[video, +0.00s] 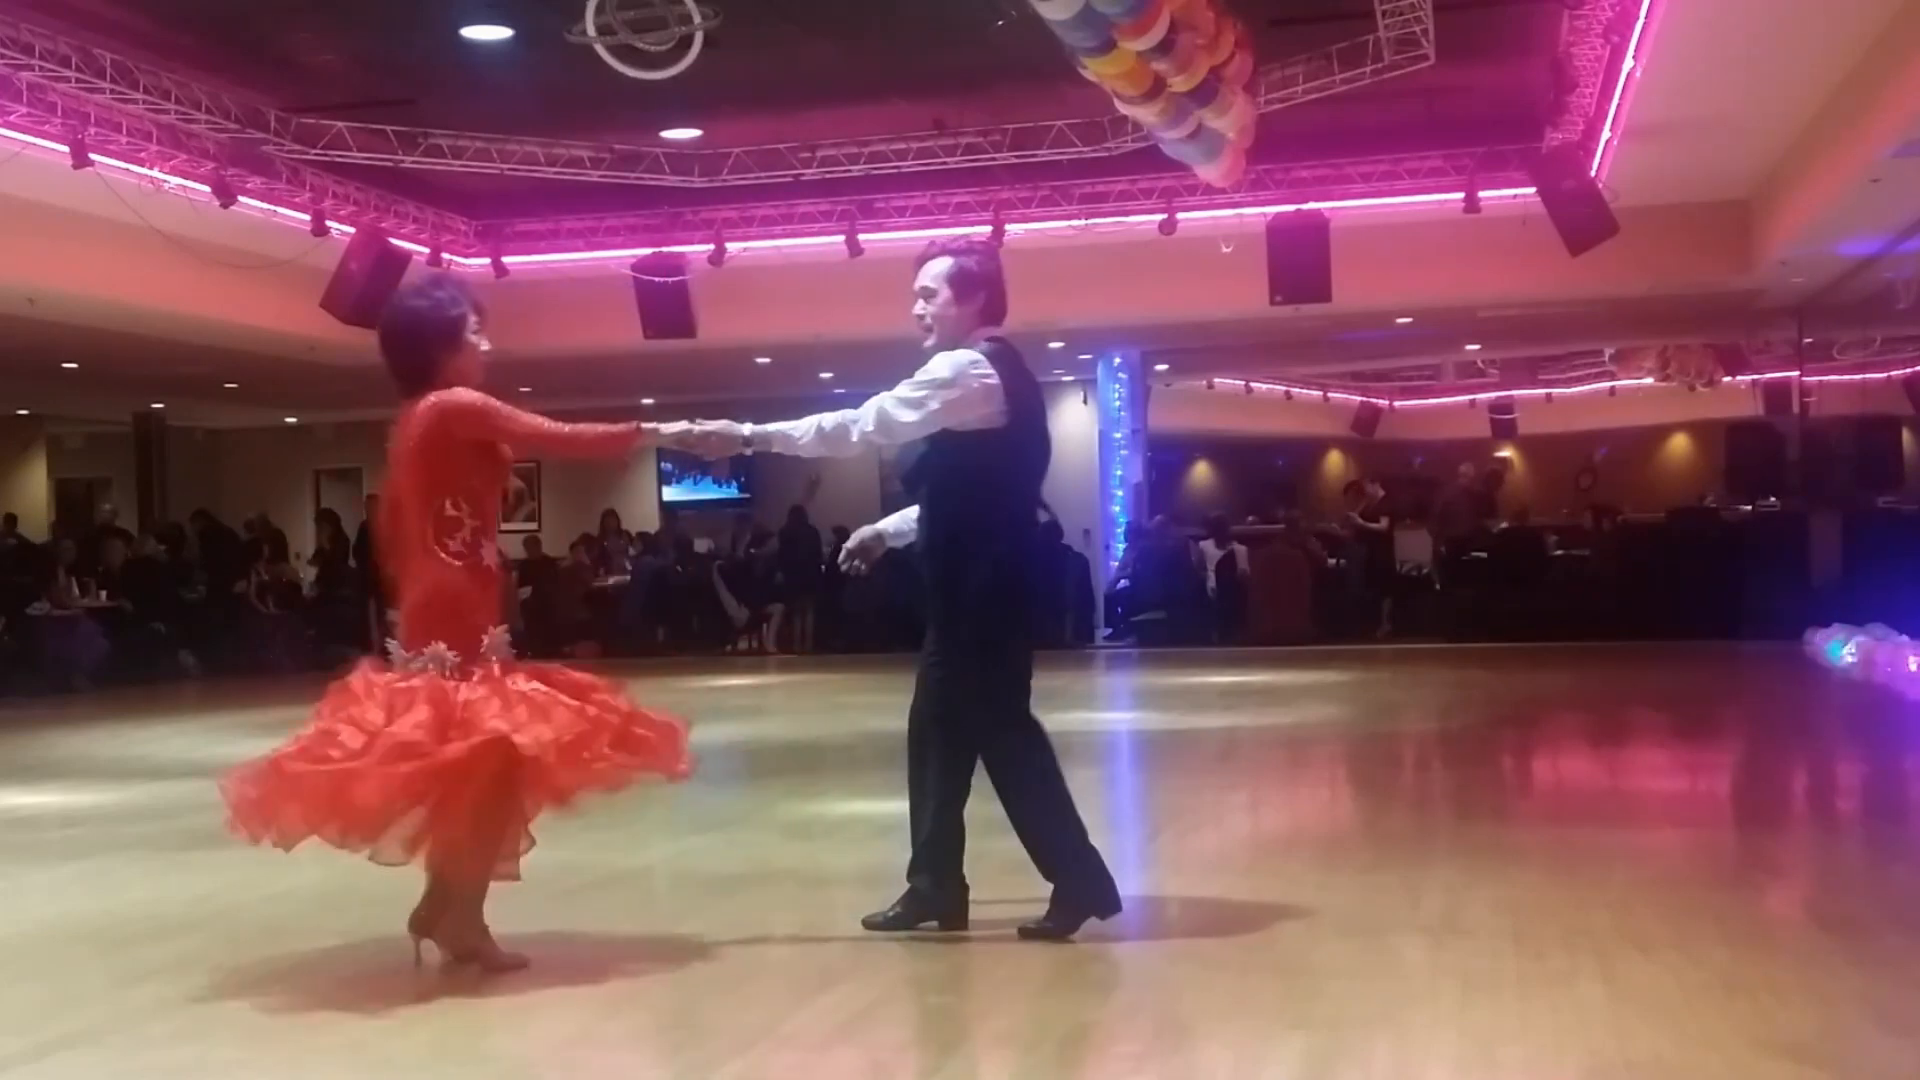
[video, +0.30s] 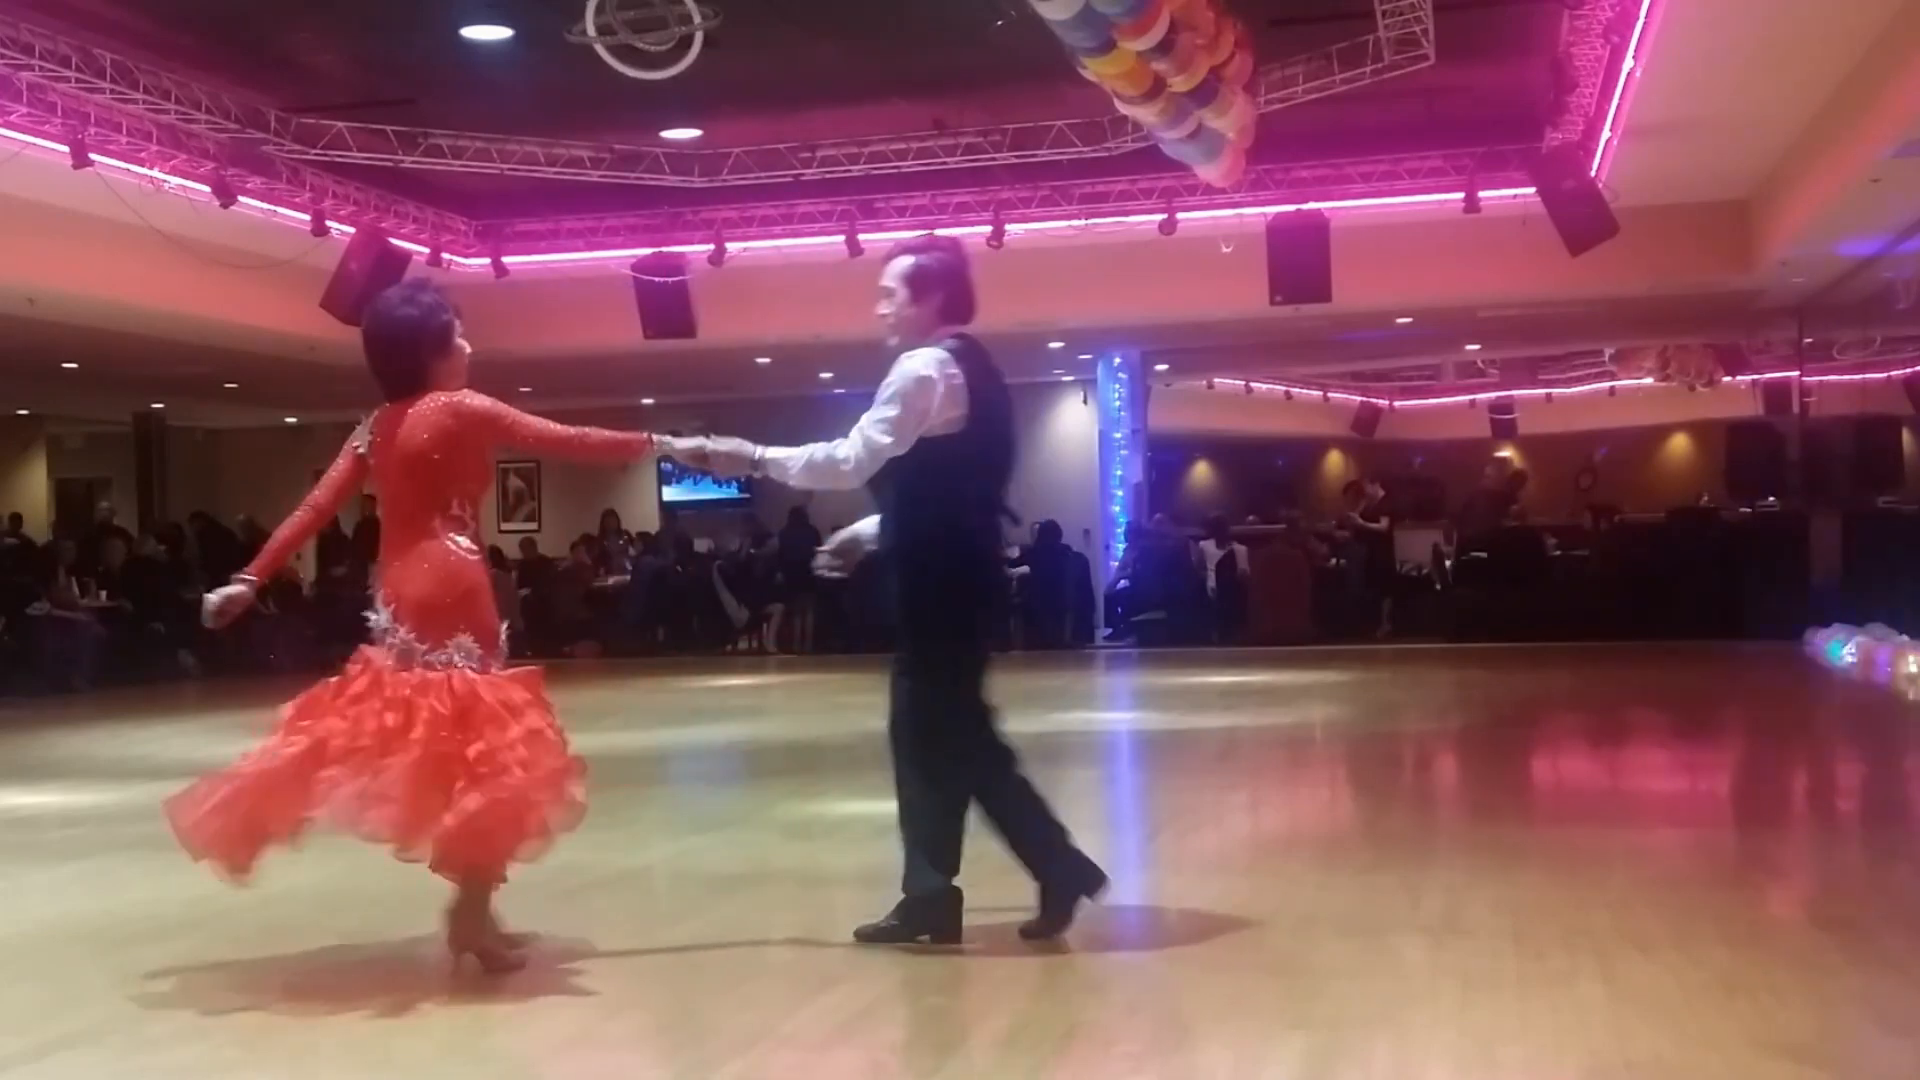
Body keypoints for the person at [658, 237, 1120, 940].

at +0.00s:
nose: (917, 310)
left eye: (930, 296)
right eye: (917, 298)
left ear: (975, 300)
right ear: (973, 307)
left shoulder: (968, 369)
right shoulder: (1001, 372)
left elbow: (858, 427)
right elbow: (974, 500)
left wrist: (743, 435)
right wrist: (887, 532)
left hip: (974, 582)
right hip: (994, 578)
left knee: (937, 729)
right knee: (1004, 729)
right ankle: (1081, 878)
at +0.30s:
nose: (880, 308)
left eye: (892, 295)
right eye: (881, 294)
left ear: (934, 301)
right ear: (935, 303)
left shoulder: (923, 370)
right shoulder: (969, 364)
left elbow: (850, 460)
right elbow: (951, 487)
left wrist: (743, 457)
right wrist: (872, 533)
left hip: (936, 576)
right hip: (962, 569)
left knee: (930, 730)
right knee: (950, 727)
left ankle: (930, 902)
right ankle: (1059, 867)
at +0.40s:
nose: (844, 311)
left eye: (854, 298)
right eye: (846, 297)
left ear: (893, 300)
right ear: (899, 302)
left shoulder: (894, 367)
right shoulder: (928, 366)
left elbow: (856, 470)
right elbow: (899, 501)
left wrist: (757, 474)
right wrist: (817, 536)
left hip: (905, 580)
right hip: (923, 576)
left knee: (888, 746)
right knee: (902, 746)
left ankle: (1005, 860)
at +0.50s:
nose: (805, 310)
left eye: (814, 296)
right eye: (806, 295)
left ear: (852, 299)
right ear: (866, 300)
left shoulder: (849, 366)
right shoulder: (902, 365)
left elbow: (845, 466)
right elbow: (870, 492)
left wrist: (742, 482)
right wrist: (778, 525)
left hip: (858, 587)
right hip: (897, 582)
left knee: (807, 741)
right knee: (889, 745)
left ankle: (913, 888)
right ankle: (925, 903)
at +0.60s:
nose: (764, 304)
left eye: (772, 290)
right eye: (766, 289)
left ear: (801, 293)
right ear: (835, 294)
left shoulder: (798, 362)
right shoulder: (871, 365)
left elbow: (792, 463)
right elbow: (844, 492)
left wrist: (681, 498)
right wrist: (741, 521)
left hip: (813, 586)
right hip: (873, 581)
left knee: (750, 743)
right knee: (865, 737)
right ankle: (918, 893)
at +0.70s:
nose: (720, 306)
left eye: (725, 293)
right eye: (724, 292)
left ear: (745, 299)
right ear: (798, 298)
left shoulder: (736, 372)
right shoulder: (834, 375)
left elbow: (727, 477)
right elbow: (853, 502)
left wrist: (628, 524)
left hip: (752, 591)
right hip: (825, 585)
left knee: (711, 750)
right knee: (854, 739)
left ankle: (688, 939)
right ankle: (910, 899)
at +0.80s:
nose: (682, 307)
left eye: (686, 295)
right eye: (688, 295)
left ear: (698, 299)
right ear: (761, 298)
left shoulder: (683, 371)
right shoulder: (809, 379)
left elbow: (659, 480)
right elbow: (815, 500)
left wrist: (569, 536)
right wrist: (777, 549)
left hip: (703, 592)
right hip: (790, 590)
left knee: (679, 762)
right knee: (822, 750)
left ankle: (693, 947)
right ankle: (871, 919)